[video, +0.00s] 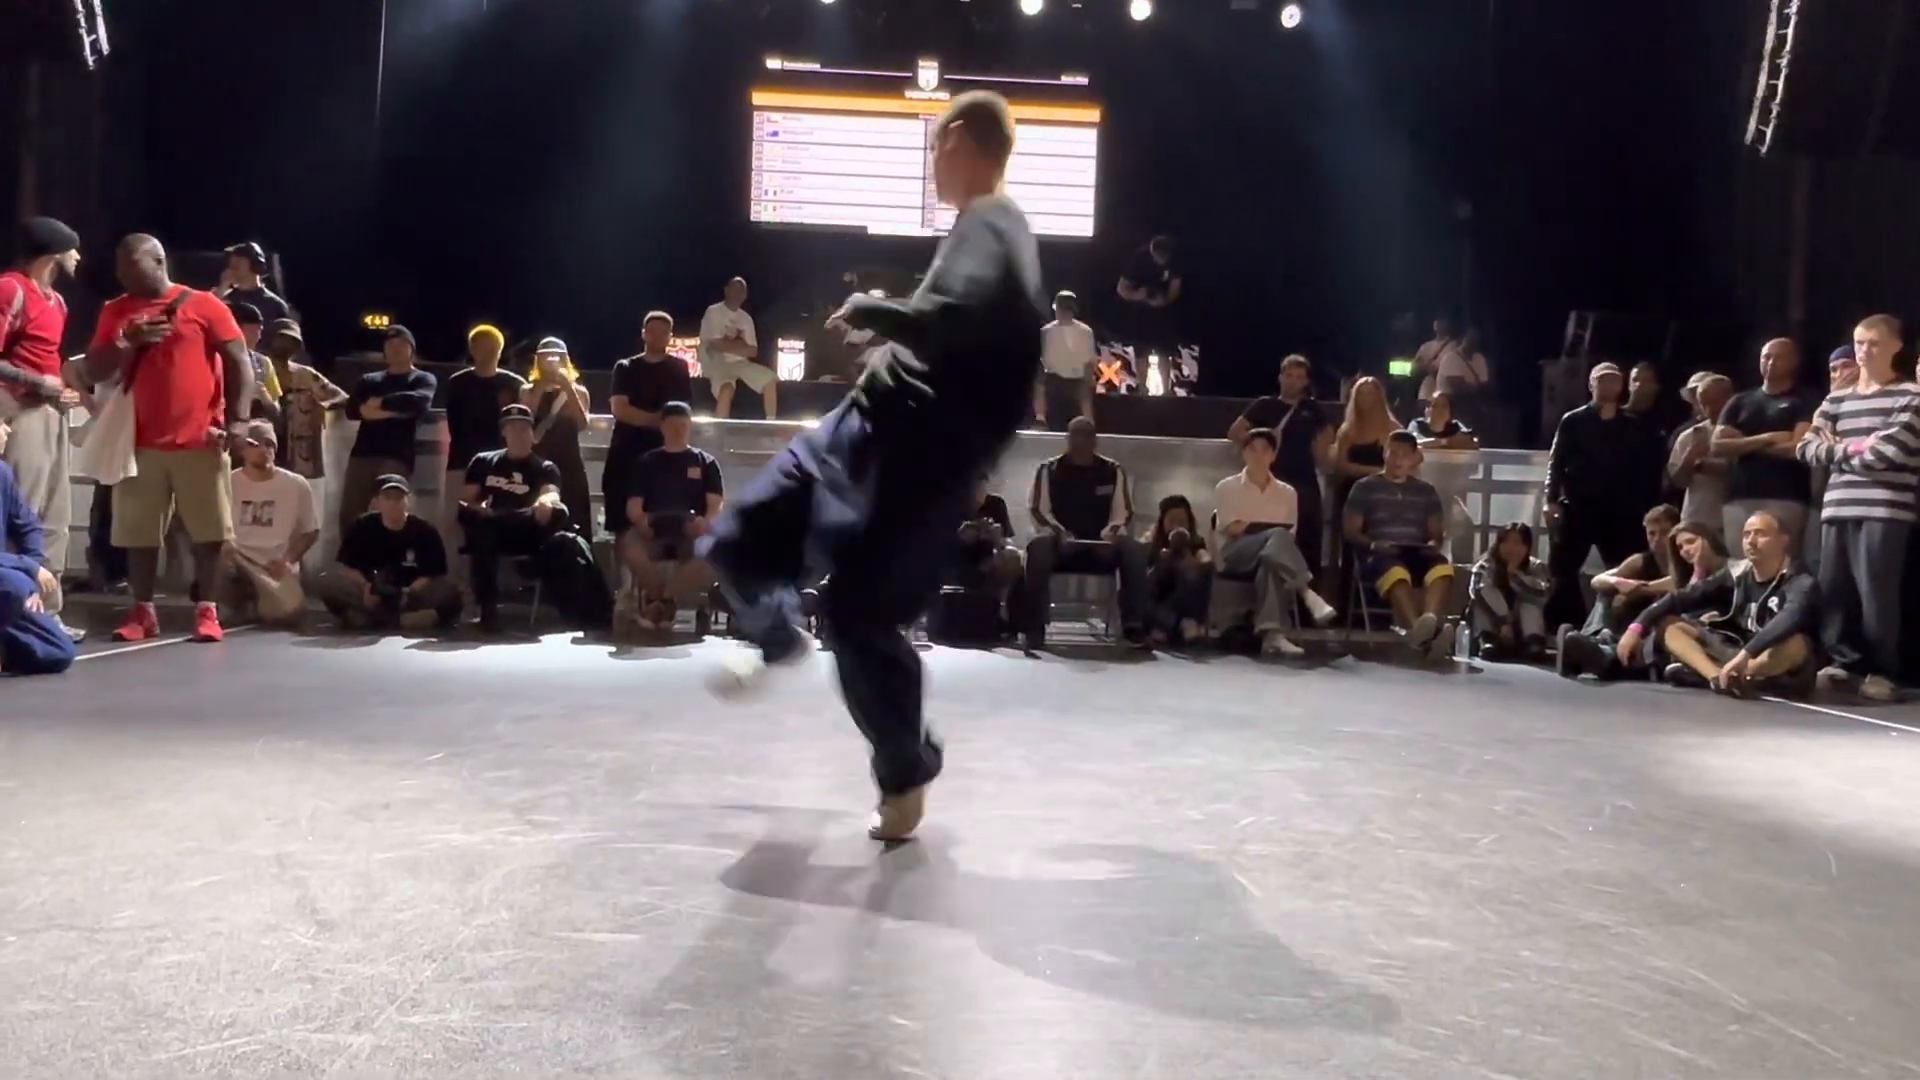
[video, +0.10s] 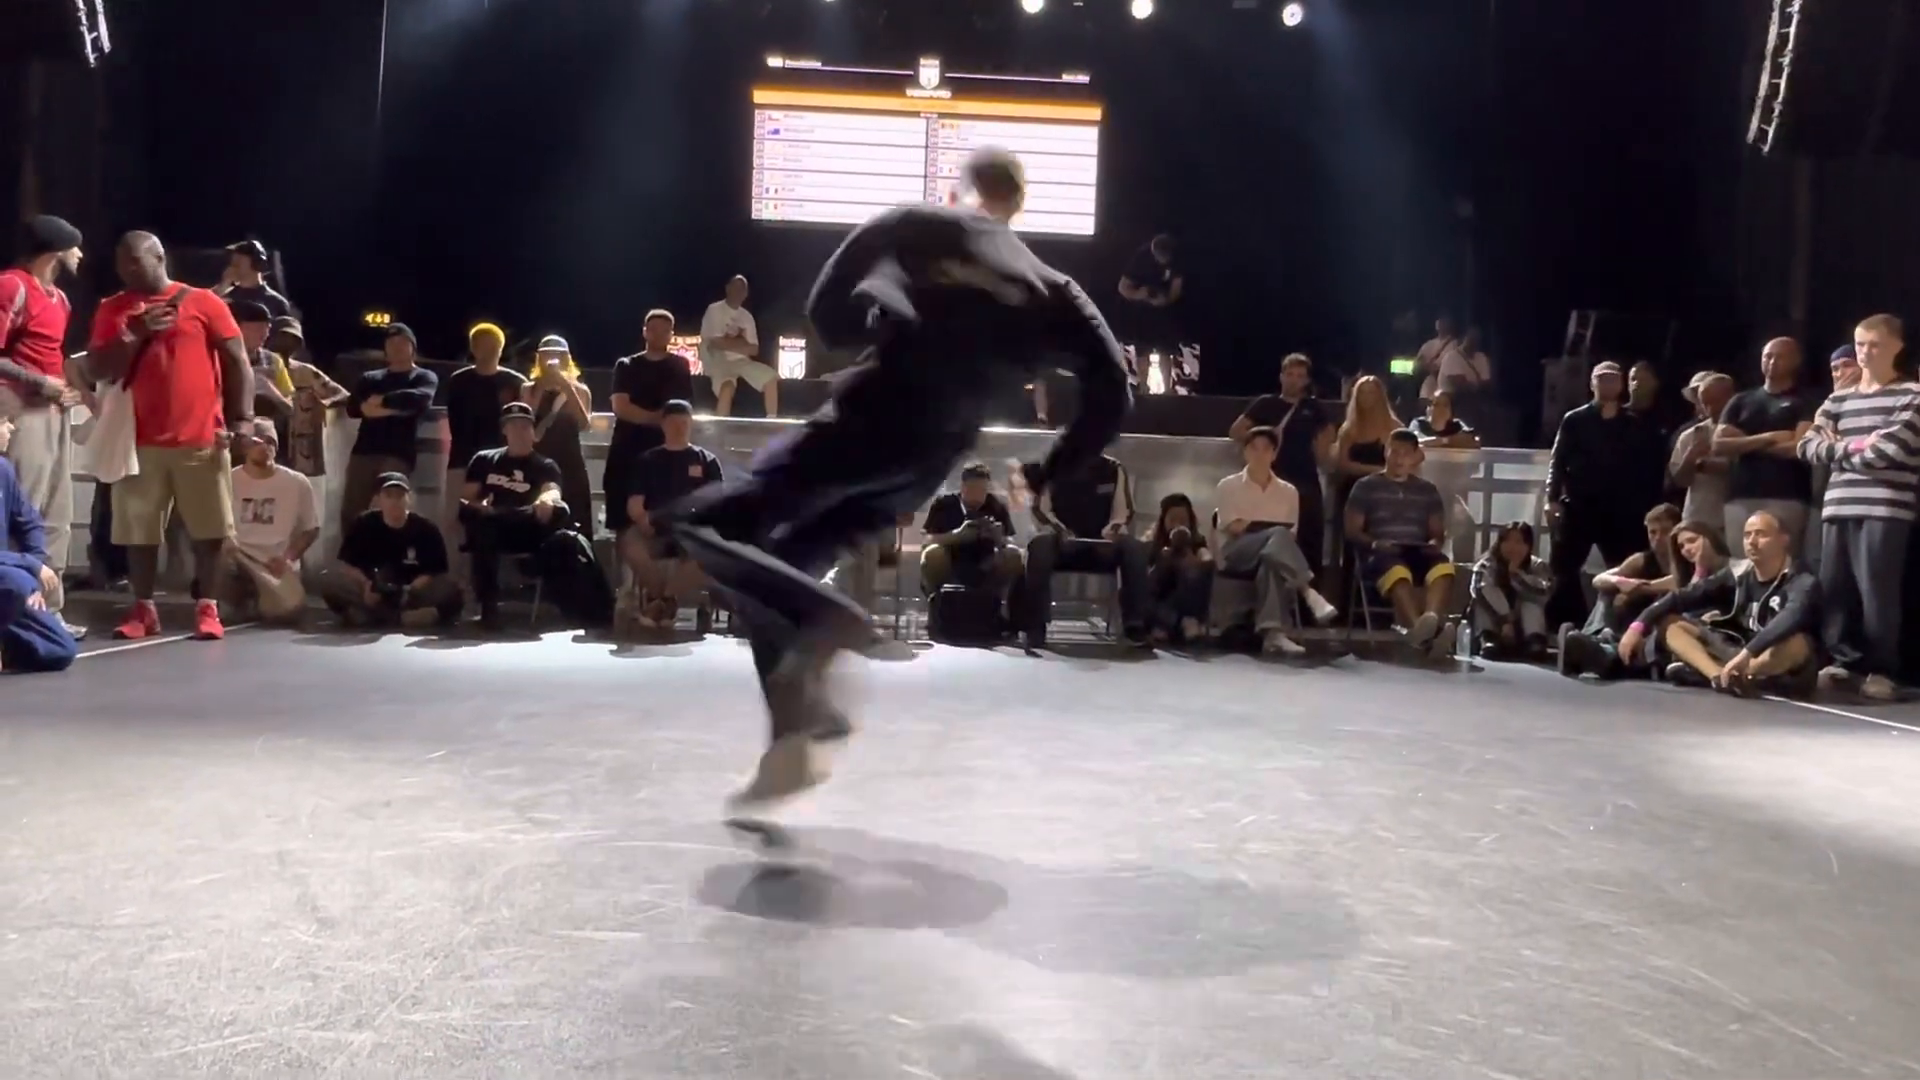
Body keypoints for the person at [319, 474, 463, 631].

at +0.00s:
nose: (394, 504)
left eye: (399, 499)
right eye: (388, 498)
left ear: (407, 501)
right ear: (378, 502)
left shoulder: (424, 531)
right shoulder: (362, 527)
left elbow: (432, 572)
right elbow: (345, 567)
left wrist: (407, 593)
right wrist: (364, 586)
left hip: (409, 592)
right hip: (371, 591)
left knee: (448, 591)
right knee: (328, 581)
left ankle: (373, 620)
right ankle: (398, 620)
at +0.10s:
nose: (395, 503)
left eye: (400, 496)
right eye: (389, 496)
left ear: (408, 499)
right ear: (379, 500)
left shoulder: (425, 529)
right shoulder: (363, 525)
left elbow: (434, 570)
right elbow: (346, 564)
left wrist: (408, 591)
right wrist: (365, 584)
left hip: (409, 590)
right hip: (372, 589)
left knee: (449, 589)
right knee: (328, 579)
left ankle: (372, 617)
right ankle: (398, 618)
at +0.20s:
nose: (397, 501)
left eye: (401, 495)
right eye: (391, 495)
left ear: (410, 498)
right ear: (381, 499)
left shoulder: (427, 528)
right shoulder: (364, 524)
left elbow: (435, 569)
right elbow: (348, 563)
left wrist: (410, 589)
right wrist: (366, 582)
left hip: (411, 588)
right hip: (373, 587)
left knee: (450, 587)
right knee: (329, 578)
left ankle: (374, 617)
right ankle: (401, 616)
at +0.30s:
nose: (398, 499)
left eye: (403, 493)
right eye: (392, 493)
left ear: (412, 496)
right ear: (381, 497)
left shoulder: (428, 526)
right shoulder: (366, 522)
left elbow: (436, 568)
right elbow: (348, 562)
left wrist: (410, 589)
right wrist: (368, 581)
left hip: (411, 588)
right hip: (373, 587)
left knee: (451, 586)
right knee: (328, 575)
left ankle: (372, 614)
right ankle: (400, 615)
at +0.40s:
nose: (399, 498)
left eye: (404, 492)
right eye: (393, 492)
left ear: (412, 495)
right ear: (382, 495)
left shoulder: (429, 525)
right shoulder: (366, 521)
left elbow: (437, 567)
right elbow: (348, 561)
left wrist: (410, 587)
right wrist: (368, 579)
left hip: (411, 586)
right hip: (374, 586)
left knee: (452, 585)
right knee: (328, 575)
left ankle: (372, 613)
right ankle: (401, 614)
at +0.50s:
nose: (400, 497)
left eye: (405, 491)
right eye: (394, 491)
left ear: (414, 494)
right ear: (383, 494)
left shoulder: (430, 524)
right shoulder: (367, 519)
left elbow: (440, 565)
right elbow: (350, 559)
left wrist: (412, 586)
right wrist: (369, 578)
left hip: (413, 584)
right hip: (375, 584)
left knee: (453, 583)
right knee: (330, 573)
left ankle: (374, 610)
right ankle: (402, 612)